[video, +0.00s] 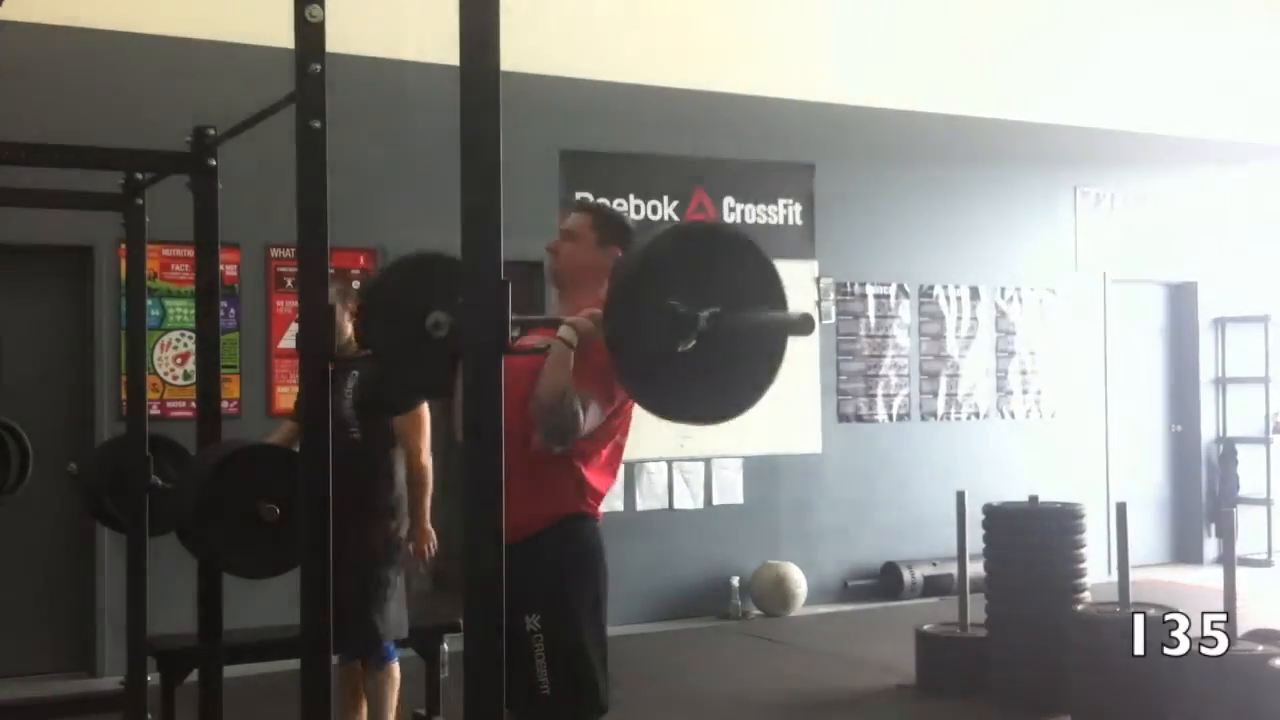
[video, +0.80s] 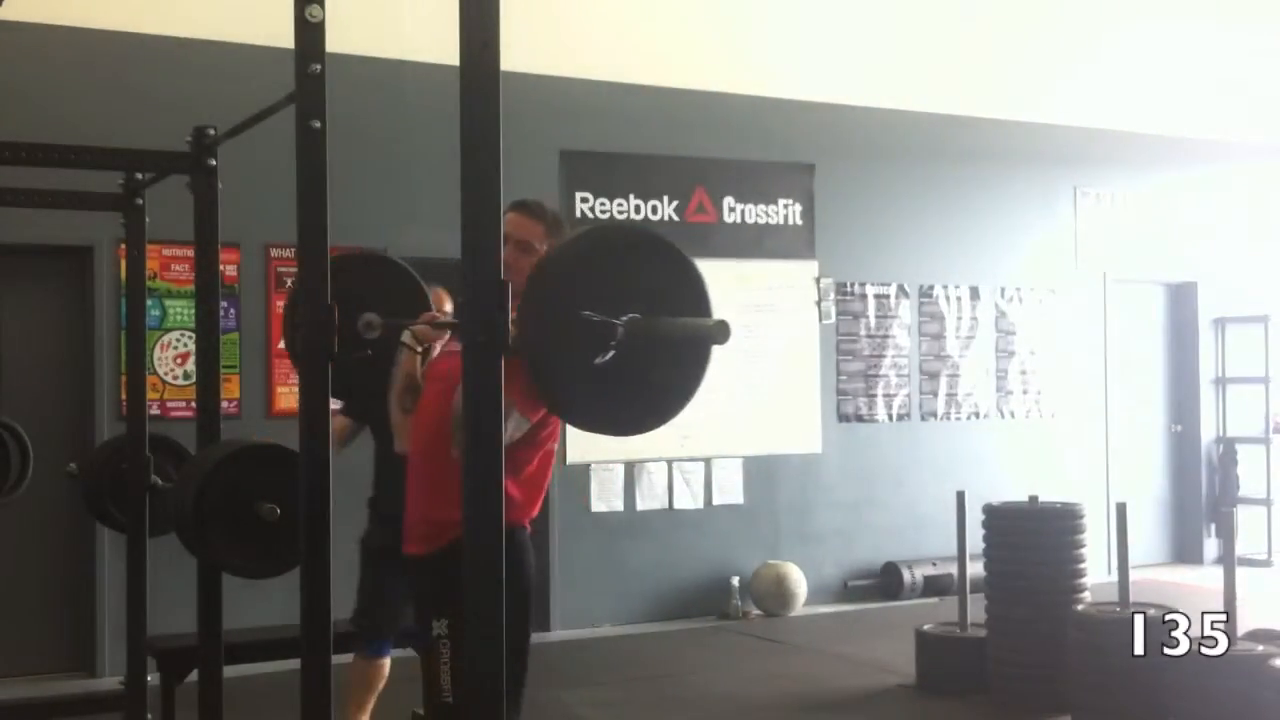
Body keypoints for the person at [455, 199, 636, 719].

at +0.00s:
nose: (552, 245)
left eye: (568, 237)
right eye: (557, 236)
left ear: (611, 256)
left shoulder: (610, 342)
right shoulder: (527, 339)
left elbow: (555, 431)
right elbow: (467, 430)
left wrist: (568, 335)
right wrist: (453, 342)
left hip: (559, 540)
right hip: (500, 540)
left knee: (568, 697)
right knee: (501, 694)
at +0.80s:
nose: (506, 256)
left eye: (524, 247)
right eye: (502, 242)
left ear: (548, 264)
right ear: (489, 249)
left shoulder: (539, 348)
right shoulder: (462, 340)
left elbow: (471, 440)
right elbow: (405, 434)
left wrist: (491, 343)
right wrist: (411, 348)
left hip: (491, 552)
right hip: (438, 552)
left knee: (487, 702)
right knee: (442, 702)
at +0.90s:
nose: (499, 258)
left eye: (516, 248)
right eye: (494, 243)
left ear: (542, 263)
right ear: (480, 248)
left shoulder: (536, 341)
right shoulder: (452, 336)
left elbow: (464, 437)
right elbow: (400, 432)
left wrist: (482, 332)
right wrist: (401, 347)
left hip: (483, 547)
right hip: (428, 545)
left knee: (481, 698)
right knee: (432, 699)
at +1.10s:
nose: (443, 250)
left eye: (459, 243)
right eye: (451, 241)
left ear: (494, 262)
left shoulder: (501, 343)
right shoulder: (444, 342)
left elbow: (445, 442)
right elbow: (389, 450)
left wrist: (467, 328)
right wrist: (384, 357)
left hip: (469, 552)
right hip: (430, 552)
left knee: (465, 703)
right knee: (435, 701)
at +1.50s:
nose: (419, 258)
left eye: (425, 246)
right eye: (421, 246)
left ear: (447, 250)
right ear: (460, 252)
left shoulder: (484, 334)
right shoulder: (448, 334)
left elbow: (452, 457)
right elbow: (409, 446)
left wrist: (438, 363)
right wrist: (378, 382)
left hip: (469, 555)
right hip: (446, 551)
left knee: (464, 703)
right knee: (450, 698)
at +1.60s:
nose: (429, 260)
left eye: (435, 247)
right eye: (431, 247)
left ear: (459, 250)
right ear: (474, 251)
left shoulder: (481, 335)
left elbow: (456, 441)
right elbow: (431, 435)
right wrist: (386, 387)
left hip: (479, 543)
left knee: (473, 697)